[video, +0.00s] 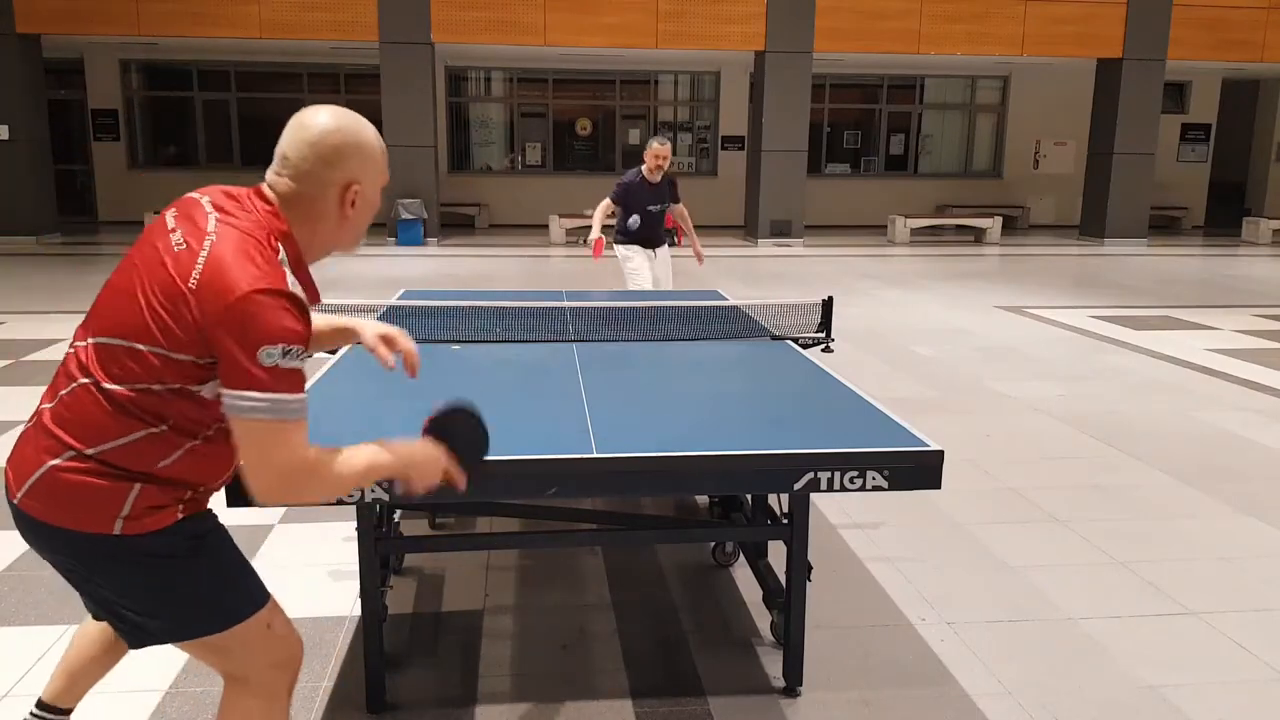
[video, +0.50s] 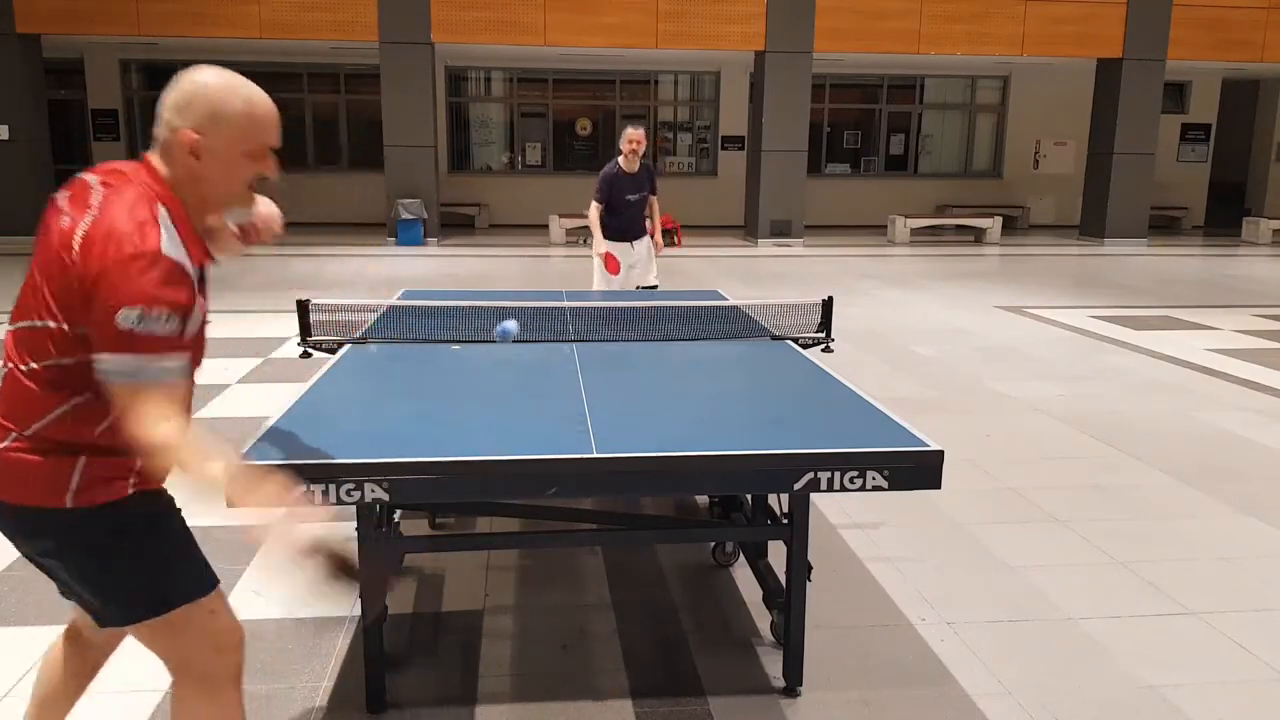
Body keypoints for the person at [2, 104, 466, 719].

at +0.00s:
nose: (376, 206)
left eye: (382, 190)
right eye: (379, 191)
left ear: (283, 170)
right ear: (350, 199)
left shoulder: (209, 206)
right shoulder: (256, 295)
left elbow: (241, 327)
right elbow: (281, 478)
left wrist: (350, 329)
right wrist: (392, 459)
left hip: (48, 468)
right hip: (114, 506)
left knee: (140, 601)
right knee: (269, 660)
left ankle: (47, 712)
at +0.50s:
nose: (270, 171)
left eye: (273, 153)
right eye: (260, 152)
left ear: (189, 145)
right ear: (194, 147)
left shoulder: (102, 184)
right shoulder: (144, 248)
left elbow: (163, 228)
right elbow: (152, 424)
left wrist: (223, 227)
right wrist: (247, 485)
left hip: (28, 462)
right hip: (83, 481)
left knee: (103, 615)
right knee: (210, 649)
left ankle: (39, 716)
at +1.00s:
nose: (128, 114)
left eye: (126, 100)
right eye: (124, 100)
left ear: (34, 101)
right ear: (99, 101)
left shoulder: (4, 162)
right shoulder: (106, 171)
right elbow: (269, 197)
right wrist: (228, 110)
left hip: (6, 462)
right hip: (85, 463)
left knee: (58, 617)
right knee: (197, 651)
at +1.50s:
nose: (280, 135)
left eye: (278, 121)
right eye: (278, 121)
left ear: (181, 119)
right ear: (256, 128)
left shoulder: (97, 181)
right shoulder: (221, 223)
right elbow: (283, 388)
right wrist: (354, 349)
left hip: (31, 476)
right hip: (134, 489)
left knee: (96, 633)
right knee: (266, 653)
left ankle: (59, 719)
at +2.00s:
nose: (404, 243)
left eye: (410, 228)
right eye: (406, 228)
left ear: (309, 194)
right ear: (370, 226)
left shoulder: (258, 231)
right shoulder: (254, 321)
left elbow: (349, 330)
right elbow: (178, 507)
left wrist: (387, 310)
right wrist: (293, 612)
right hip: (111, 525)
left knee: (144, 637)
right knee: (303, 670)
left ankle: (70, 716)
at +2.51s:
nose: (201, 80)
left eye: (203, 64)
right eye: (197, 63)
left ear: (88, 62)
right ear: (153, 64)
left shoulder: (31, 150)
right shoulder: (132, 139)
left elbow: (165, 224)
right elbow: (294, 75)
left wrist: (215, 150)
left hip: (41, 474)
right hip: (137, 484)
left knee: (77, 635)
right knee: (248, 675)